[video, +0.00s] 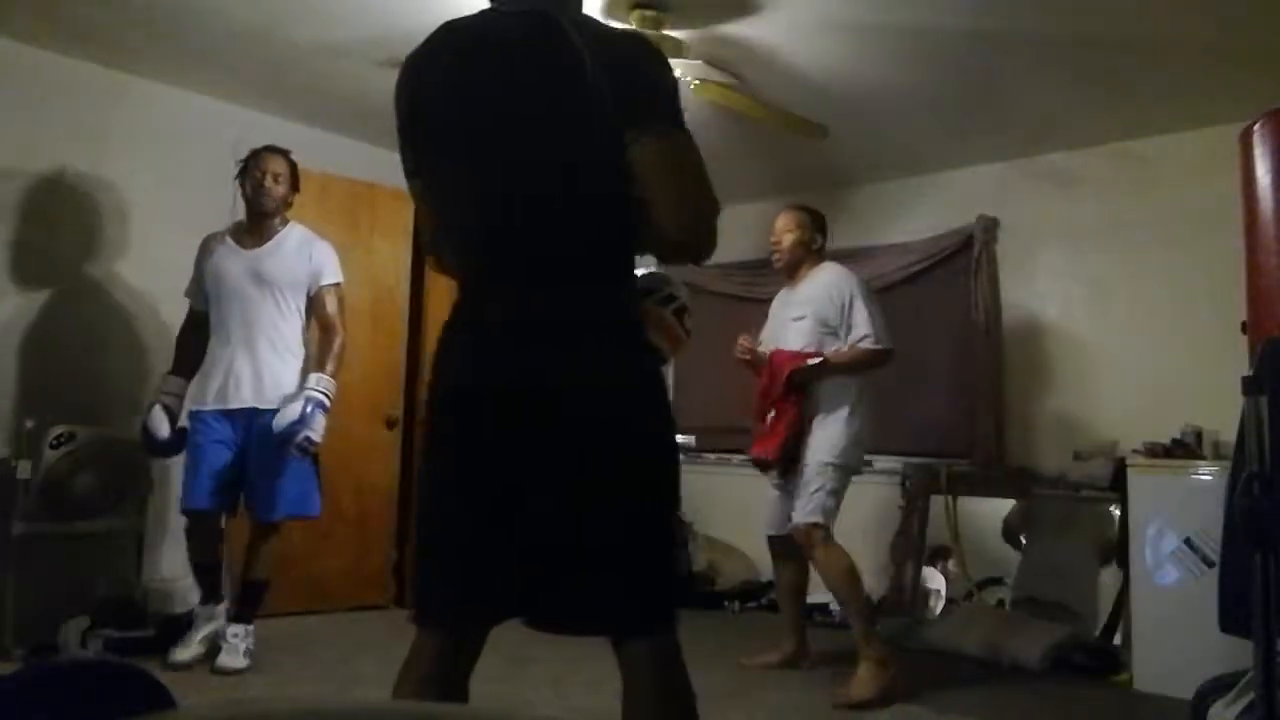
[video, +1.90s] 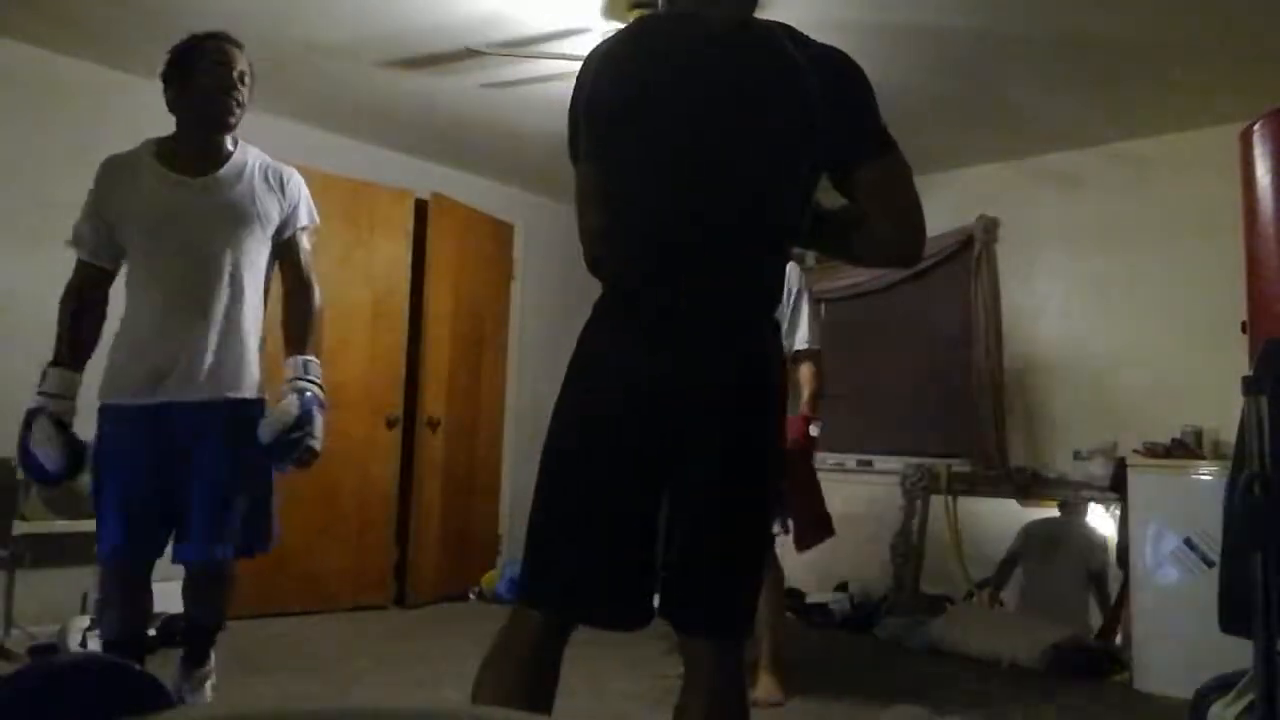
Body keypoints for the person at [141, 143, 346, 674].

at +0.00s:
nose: (264, 184)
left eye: (275, 179)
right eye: (256, 176)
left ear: (292, 193)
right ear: (240, 185)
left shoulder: (312, 251)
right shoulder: (213, 249)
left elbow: (332, 330)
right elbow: (195, 328)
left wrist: (316, 399)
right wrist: (170, 395)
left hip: (278, 408)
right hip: (212, 405)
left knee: (265, 522)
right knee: (200, 510)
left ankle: (242, 628)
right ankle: (209, 612)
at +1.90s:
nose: (237, 92)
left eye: (244, 82)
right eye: (220, 78)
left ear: (251, 95)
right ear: (174, 86)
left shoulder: (276, 183)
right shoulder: (121, 176)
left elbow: (300, 286)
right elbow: (87, 289)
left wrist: (304, 383)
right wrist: (54, 400)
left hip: (229, 404)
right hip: (134, 403)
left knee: (212, 559)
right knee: (123, 560)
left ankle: (195, 678)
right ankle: (124, 690)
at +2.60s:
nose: (317, 70)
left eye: (315, 57)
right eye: (301, 52)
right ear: (244, 53)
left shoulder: (278, 168)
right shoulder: (163, 121)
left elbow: (271, 298)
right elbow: (117, 264)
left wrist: (313, 390)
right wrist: (151, 383)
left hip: (268, 407)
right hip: (189, 404)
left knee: (236, 587)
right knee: (182, 588)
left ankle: (190, 711)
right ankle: (108, 694)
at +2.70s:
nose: (322, 63)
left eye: (317, 47)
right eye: (306, 44)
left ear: (256, 51)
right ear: (256, 47)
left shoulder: (267, 155)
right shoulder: (177, 105)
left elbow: (266, 298)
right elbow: (136, 251)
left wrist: (313, 395)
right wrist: (182, 391)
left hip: (258, 418)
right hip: (193, 414)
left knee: (216, 628)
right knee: (190, 634)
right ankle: (29, 694)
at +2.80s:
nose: (320, 63)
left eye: (317, 48)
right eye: (307, 46)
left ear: (249, 44)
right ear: (263, 44)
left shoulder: (253, 138)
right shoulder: (198, 95)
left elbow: (239, 306)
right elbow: (157, 233)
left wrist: (299, 402)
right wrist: (207, 388)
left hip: (233, 426)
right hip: (190, 422)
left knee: (186, 660)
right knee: (179, 663)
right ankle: (19, 695)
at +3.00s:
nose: (319, 51)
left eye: (317, 31)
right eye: (313, 28)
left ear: (235, 21)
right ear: (287, 24)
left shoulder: (196, 85)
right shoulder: (237, 75)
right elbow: (243, 236)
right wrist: (284, 395)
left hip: (157, 394)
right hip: (184, 400)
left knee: (146, 654)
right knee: (163, 663)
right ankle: (13, 698)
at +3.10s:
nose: (323, 60)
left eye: (324, 40)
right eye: (322, 37)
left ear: (238, 22)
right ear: (296, 29)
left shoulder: (167, 95)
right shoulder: (253, 79)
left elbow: (122, 254)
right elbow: (279, 236)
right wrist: (316, 394)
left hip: (129, 382)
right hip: (187, 395)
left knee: (122, 622)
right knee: (155, 658)